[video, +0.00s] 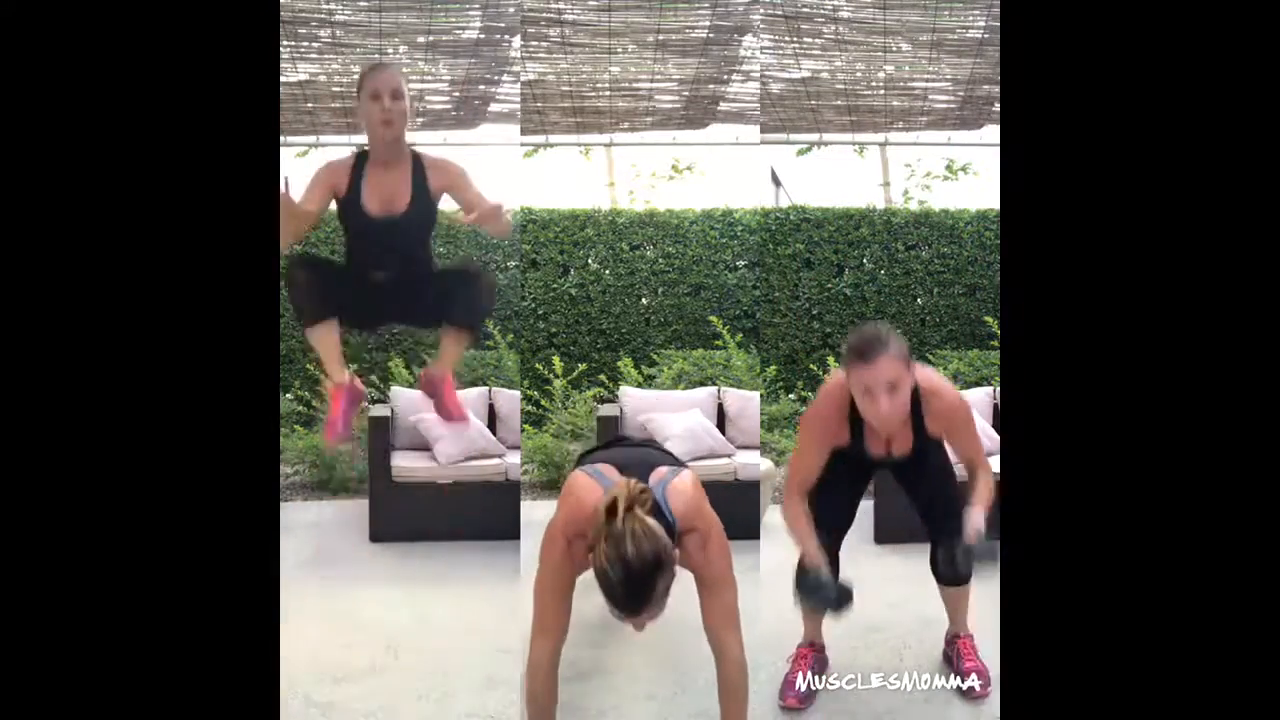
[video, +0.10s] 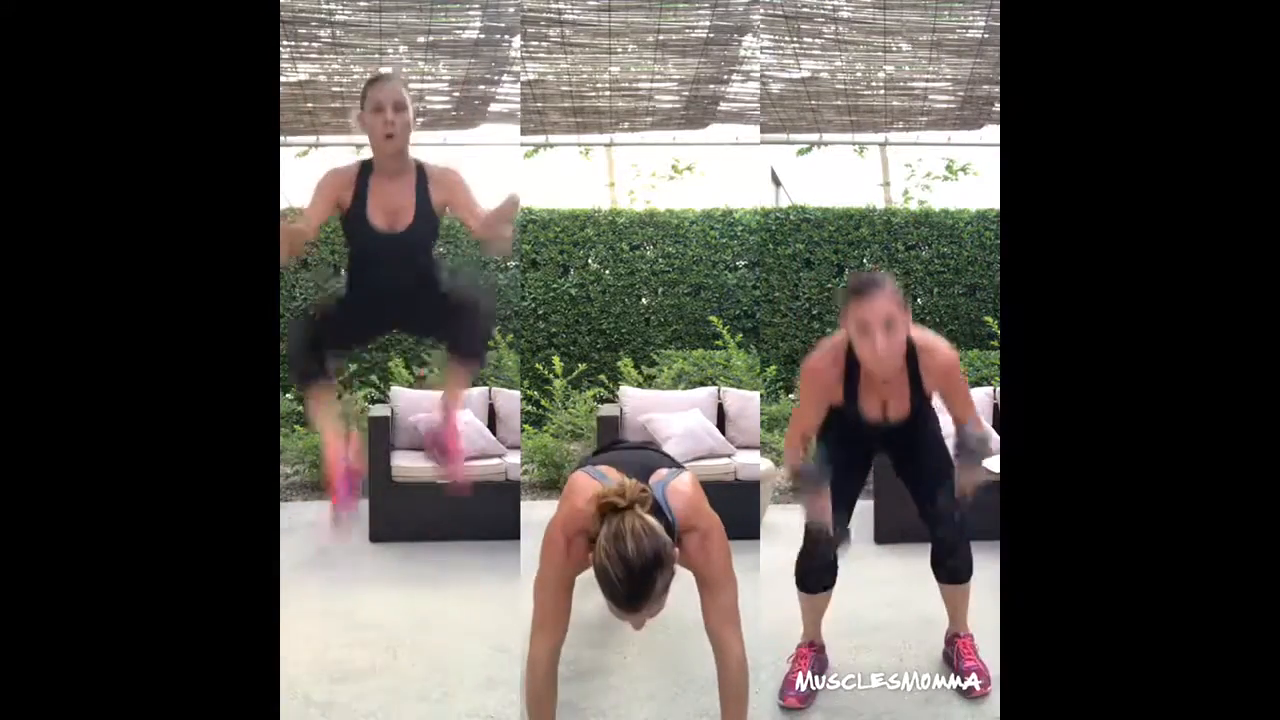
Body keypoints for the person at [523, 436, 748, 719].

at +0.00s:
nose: (639, 628)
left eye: (652, 616)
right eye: (625, 619)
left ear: (673, 558)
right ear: (593, 559)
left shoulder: (694, 512)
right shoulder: (571, 518)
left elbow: (728, 647)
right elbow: (544, 647)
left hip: (665, 463)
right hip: (593, 463)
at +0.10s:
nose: (638, 627)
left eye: (653, 613)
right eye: (624, 617)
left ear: (674, 557)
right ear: (594, 557)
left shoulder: (700, 523)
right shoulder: (566, 528)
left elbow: (729, 648)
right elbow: (543, 651)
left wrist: (734, 715)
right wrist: (539, 714)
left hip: (667, 467)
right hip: (595, 466)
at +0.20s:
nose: (637, 628)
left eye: (652, 616)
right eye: (623, 619)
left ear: (674, 559)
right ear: (594, 559)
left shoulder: (700, 522)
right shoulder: (568, 528)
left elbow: (728, 651)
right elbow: (546, 649)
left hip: (668, 460)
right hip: (595, 462)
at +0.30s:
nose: (638, 629)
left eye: (653, 618)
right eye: (624, 619)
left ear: (676, 559)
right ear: (595, 559)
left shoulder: (701, 521)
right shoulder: (569, 527)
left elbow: (728, 647)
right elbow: (546, 650)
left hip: (669, 460)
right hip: (595, 462)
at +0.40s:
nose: (641, 626)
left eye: (655, 613)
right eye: (627, 617)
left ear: (677, 559)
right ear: (598, 557)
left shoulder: (700, 519)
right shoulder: (569, 528)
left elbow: (728, 645)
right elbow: (546, 652)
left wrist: (734, 715)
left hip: (669, 463)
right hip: (596, 465)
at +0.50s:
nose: (639, 618)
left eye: (656, 606)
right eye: (625, 606)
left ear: (678, 554)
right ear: (598, 556)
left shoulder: (696, 517)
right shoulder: (569, 526)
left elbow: (728, 646)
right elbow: (543, 650)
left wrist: (734, 716)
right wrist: (542, 716)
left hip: (666, 471)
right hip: (595, 471)